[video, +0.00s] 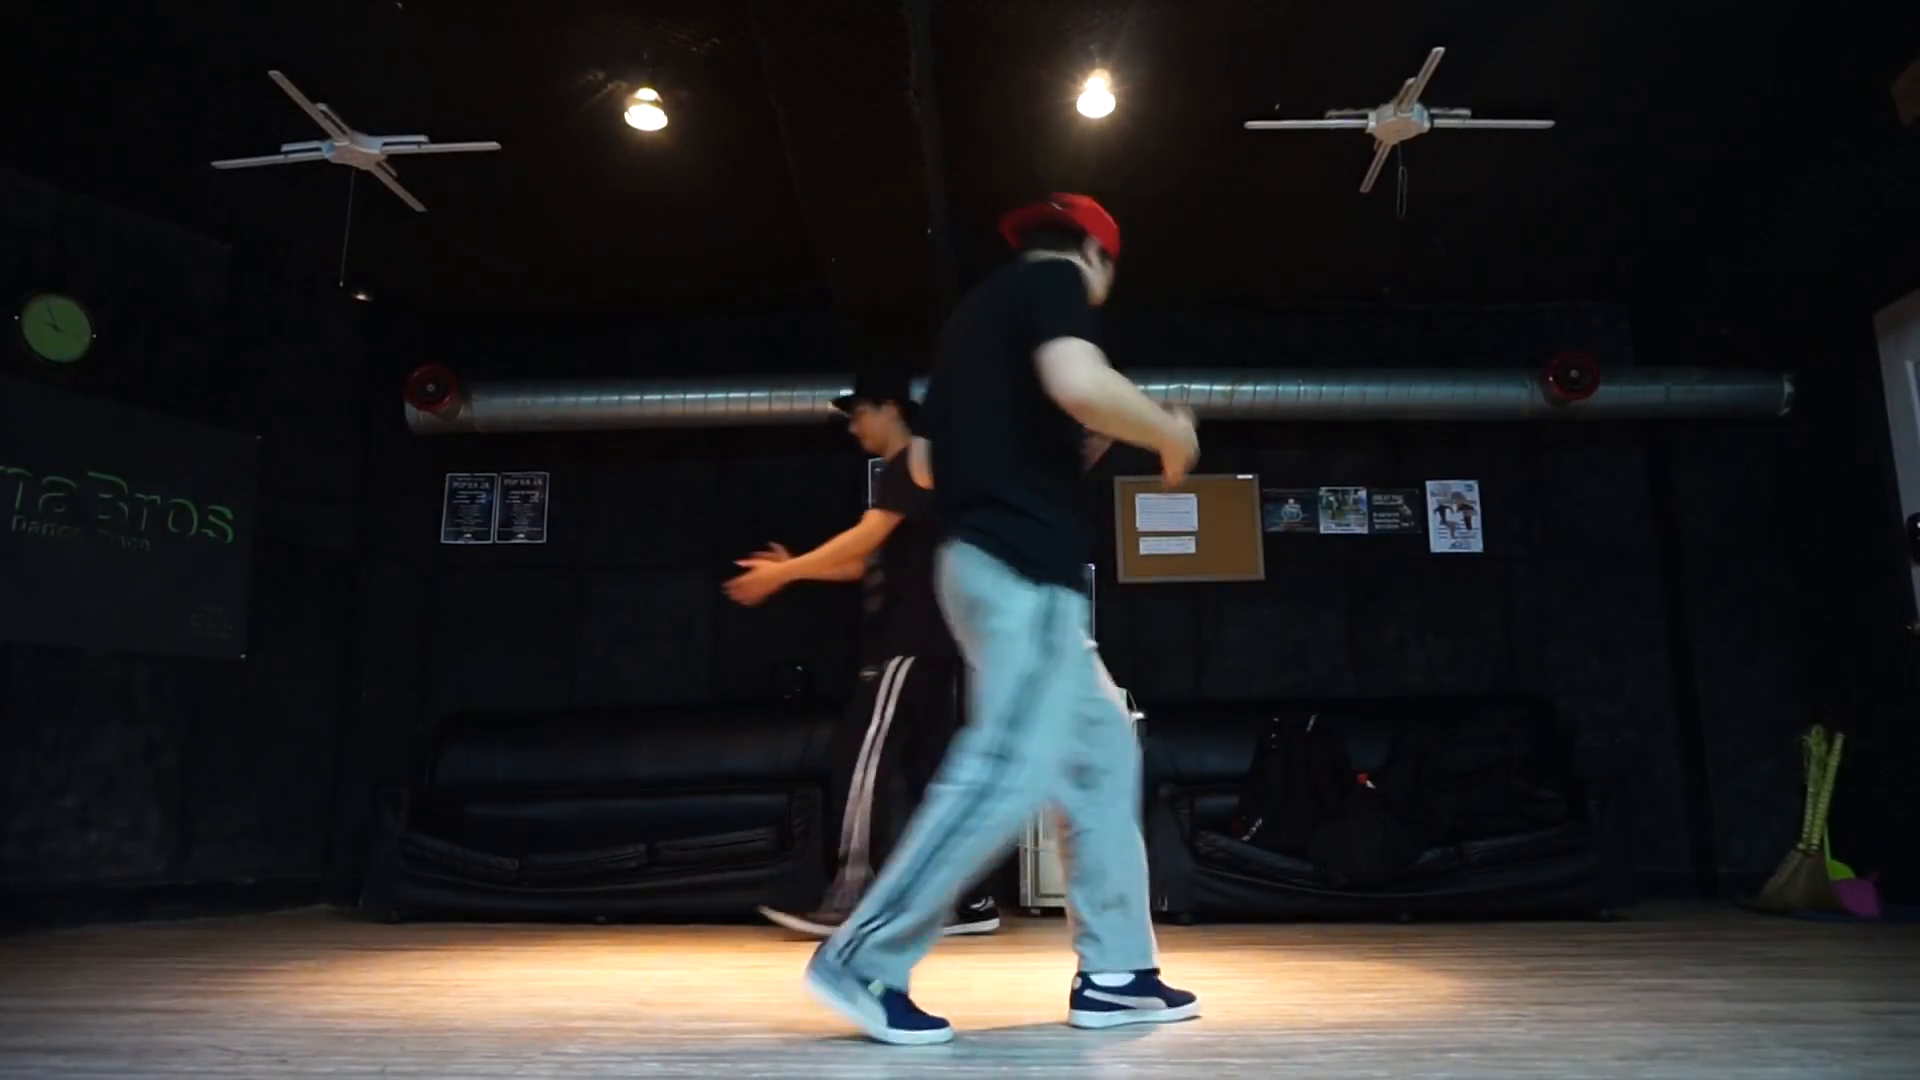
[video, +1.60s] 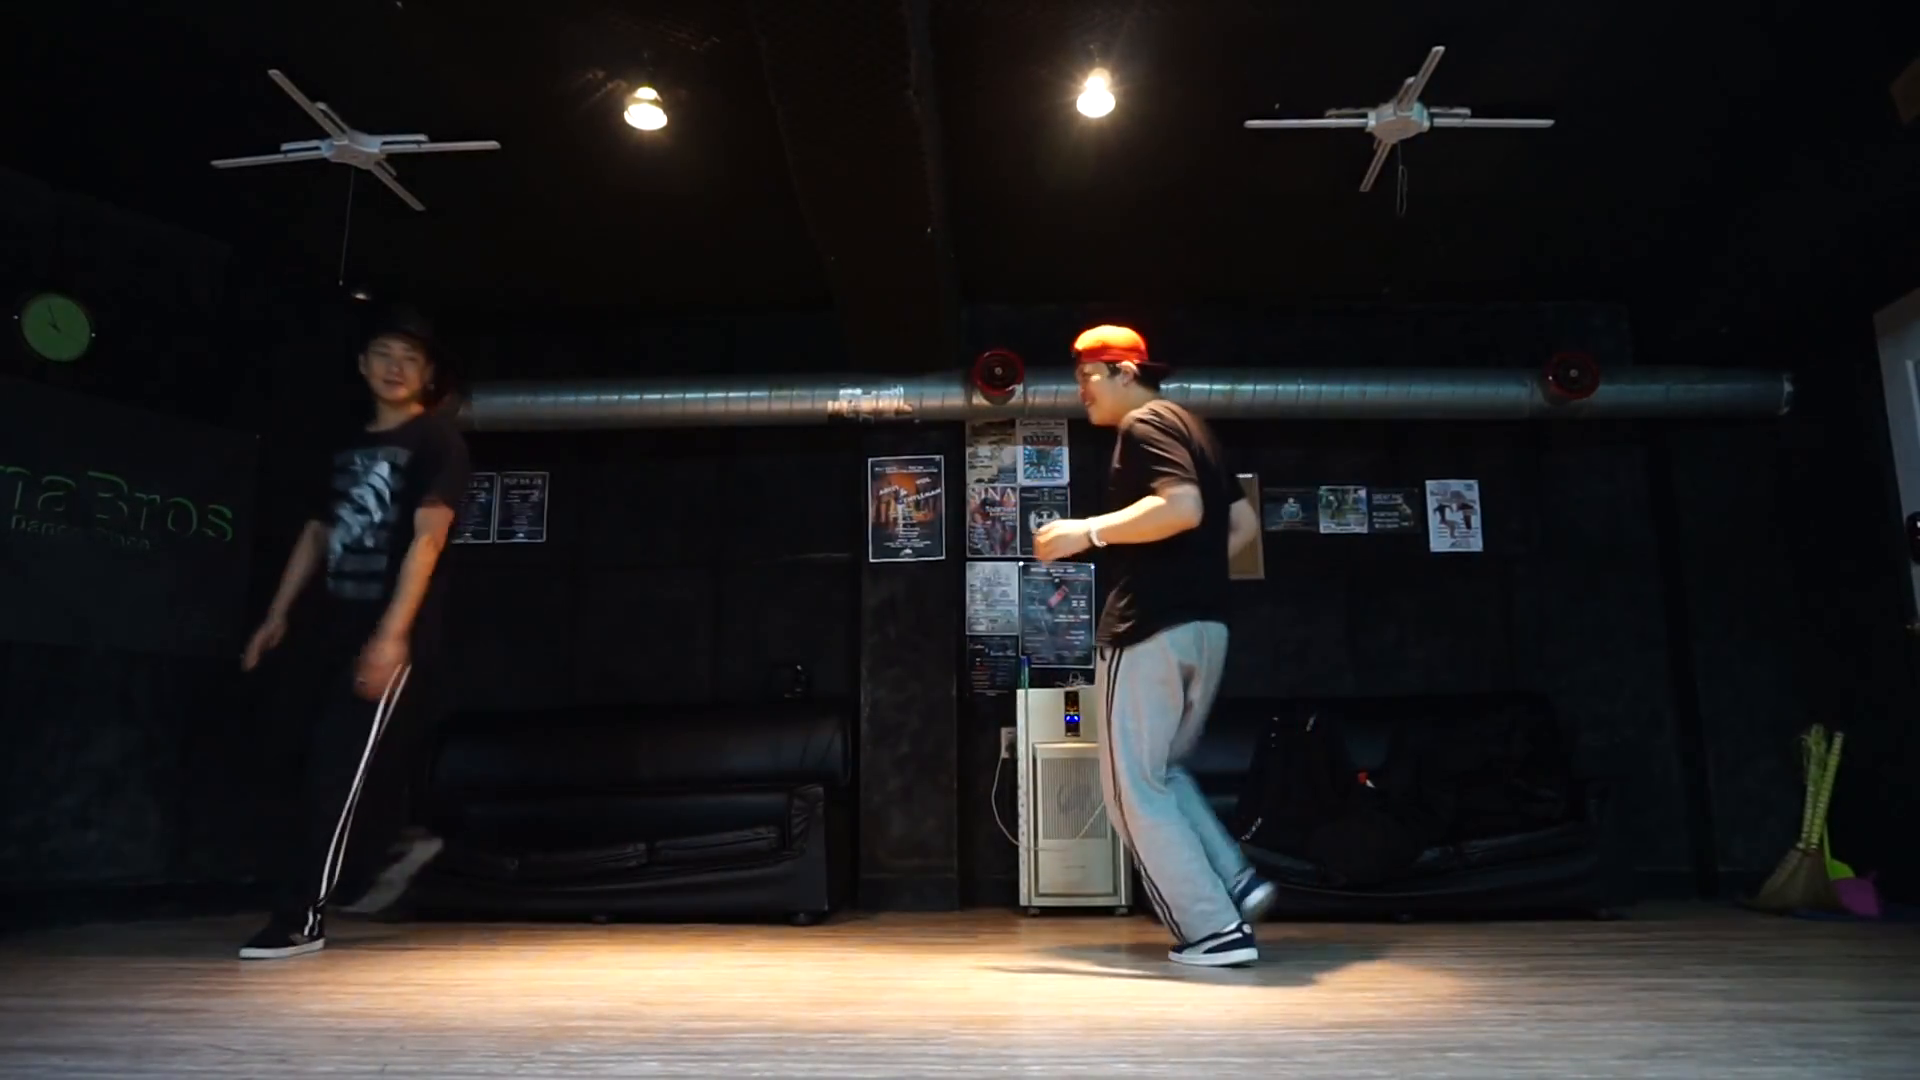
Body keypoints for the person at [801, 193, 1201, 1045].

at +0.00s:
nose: (1106, 277)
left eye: (1106, 263)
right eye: (1105, 261)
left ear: (1034, 246)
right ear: (1088, 248)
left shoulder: (979, 314)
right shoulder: (1054, 280)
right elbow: (1076, 381)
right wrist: (1171, 430)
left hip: (986, 563)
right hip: (1022, 567)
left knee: (1104, 747)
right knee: (1011, 764)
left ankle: (1117, 971)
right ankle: (863, 961)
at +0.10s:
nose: (1128, 298)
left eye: (1123, 287)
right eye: (1125, 286)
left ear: (1048, 273)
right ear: (1109, 275)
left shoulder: (991, 338)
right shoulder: (1098, 297)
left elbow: (956, 480)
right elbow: (1119, 401)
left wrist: (1053, 481)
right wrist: (1184, 479)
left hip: (1006, 583)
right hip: (1068, 578)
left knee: (1108, 777)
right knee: (1131, 778)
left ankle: (1118, 973)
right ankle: (932, 914)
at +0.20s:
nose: (1142, 302)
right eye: (1140, 293)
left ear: (1059, 288)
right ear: (1128, 285)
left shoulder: (1003, 358)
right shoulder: (1133, 310)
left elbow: (982, 490)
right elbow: (1167, 419)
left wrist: (1062, 481)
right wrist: (1185, 498)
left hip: (1033, 592)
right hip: (1108, 576)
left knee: (1120, 782)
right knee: (1212, 763)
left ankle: (1121, 973)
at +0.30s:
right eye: (1151, 279)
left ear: (1076, 286)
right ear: (1147, 280)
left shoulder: (1031, 351)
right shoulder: (1163, 310)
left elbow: (1006, 485)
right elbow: (1203, 410)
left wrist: (1077, 467)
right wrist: (1192, 493)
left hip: (1055, 582)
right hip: (1142, 565)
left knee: (1129, 777)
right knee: (1233, 749)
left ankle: (1112, 972)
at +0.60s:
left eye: (1157, 280)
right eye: (1207, 279)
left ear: (1143, 291)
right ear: (1217, 282)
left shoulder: (1103, 355)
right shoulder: (1242, 325)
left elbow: (1064, 471)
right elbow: (1304, 399)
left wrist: (1136, 500)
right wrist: (1259, 468)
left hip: (1131, 567)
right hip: (1224, 560)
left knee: (1141, 766)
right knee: (1263, 763)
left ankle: (1120, 950)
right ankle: (1287, 946)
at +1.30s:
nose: (1118, 371)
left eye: (1117, 359)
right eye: (1116, 360)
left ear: (1133, 352)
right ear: (1182, 346)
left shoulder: (1151, 393)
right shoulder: (1236, 404)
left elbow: (1162, 469)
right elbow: (1292, 508)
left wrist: (1103, 524)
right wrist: (1217, 535)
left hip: (1184, 610)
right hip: (1263, 604)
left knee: (1172, 776)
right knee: (1264, 769)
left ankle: (1218, 934)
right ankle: (1285, 923)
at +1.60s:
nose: (1081, 392)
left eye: (1087, 378)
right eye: (1080, 380)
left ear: (1119, 372)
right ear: (1131, 373)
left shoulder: (1146, 423)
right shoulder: (1191, 423)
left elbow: (1180, 506)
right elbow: (1243, 524)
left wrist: (1088, 530)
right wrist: (1174, 560)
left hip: (1153, 634)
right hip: (1203, 629)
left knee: (1134, 788)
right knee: (1163, 770)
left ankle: (1216, 935)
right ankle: (1237, 885)